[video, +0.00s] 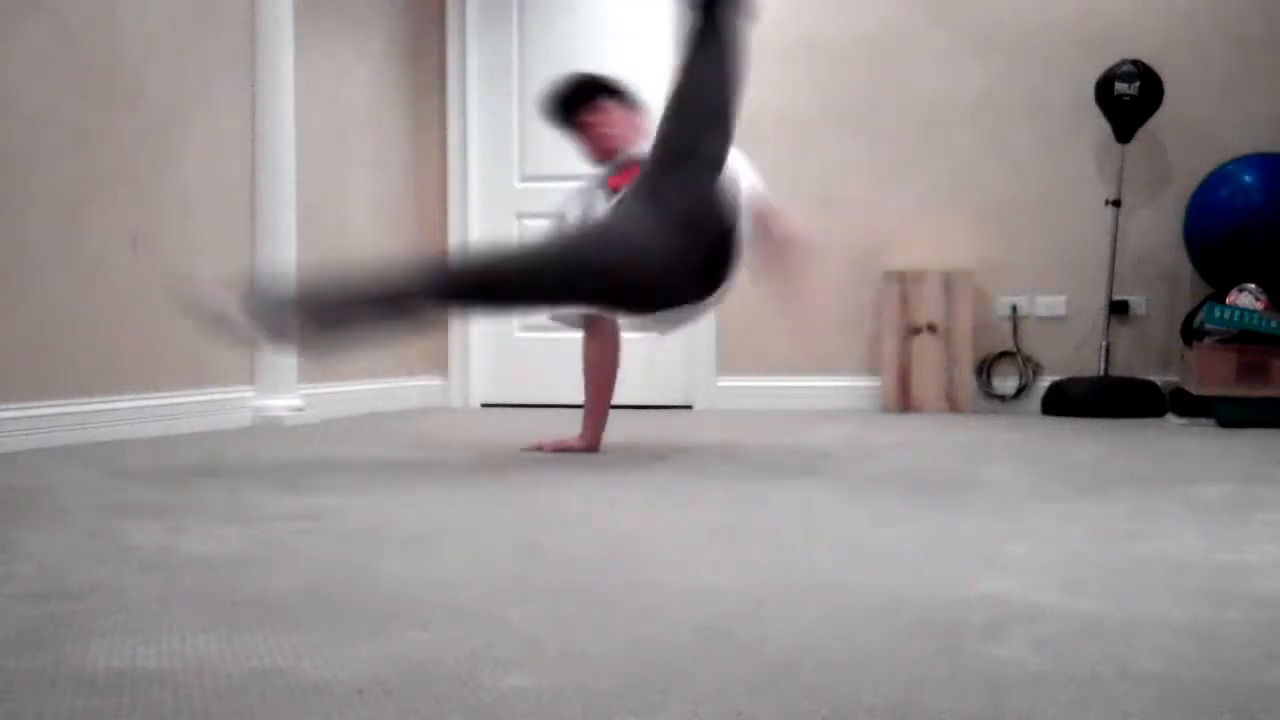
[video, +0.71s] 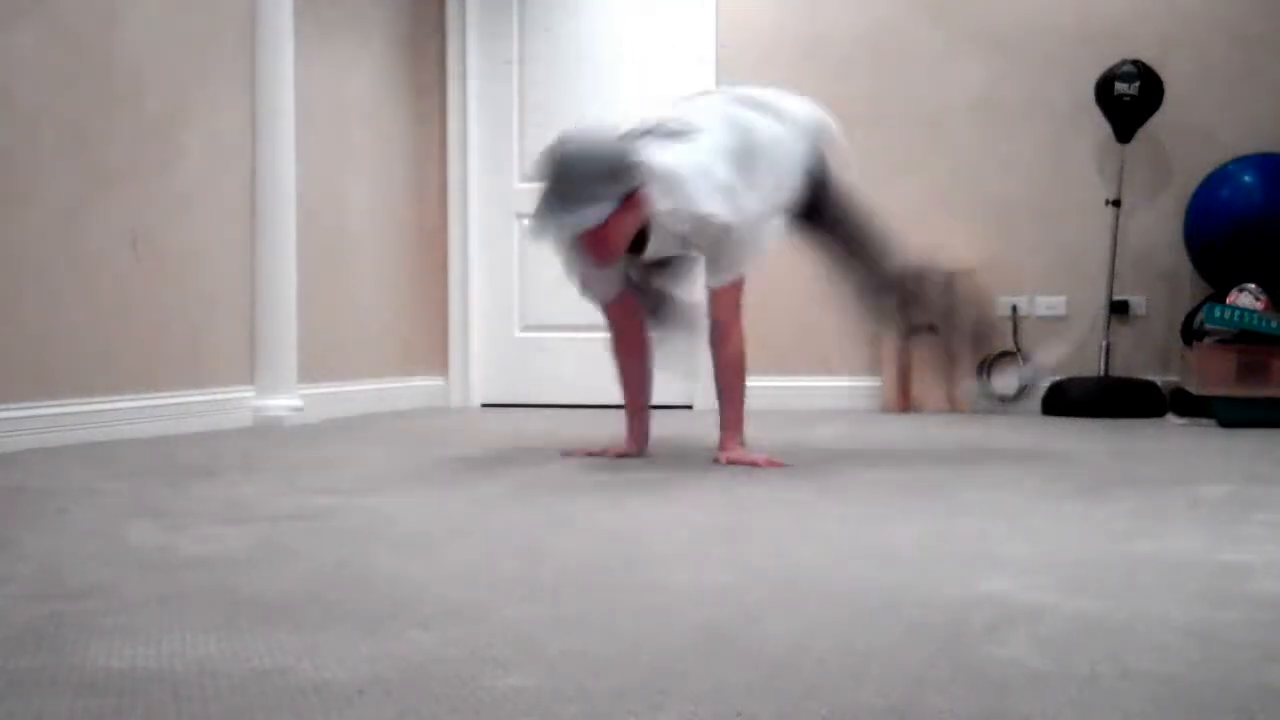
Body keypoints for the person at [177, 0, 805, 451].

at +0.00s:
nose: (597, 129)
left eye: (603, 115)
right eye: (585, 126)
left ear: (632, 111)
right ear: (580, 138)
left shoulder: (690, 159)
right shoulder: (591, 219)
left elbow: (771, 221)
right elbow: (600, 334)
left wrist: (798, 288)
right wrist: (589, 438)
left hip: (695, 240)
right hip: (624, 275)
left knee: (711, 63)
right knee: (459, 280)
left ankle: (716, 4)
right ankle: (299, 317)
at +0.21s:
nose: (726, 137)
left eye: (745, 133)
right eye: (726, 124)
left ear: (772, 157)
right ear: (716, 129)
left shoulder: (759, 212)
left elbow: (745, 336)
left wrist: (734, 441)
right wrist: (581, 428)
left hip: (592, 314)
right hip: (534, 272)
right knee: (572, 126)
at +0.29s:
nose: (754, 125)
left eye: (775, 118)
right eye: (754, 108)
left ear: (803, 141)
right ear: (744, 111)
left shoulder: (776, 216)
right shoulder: (722, 176)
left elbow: (753, 332)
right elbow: (640, 237)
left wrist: (734, 442)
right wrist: (568, 337)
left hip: (589, 283)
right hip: (577, 229)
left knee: (474, 333)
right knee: (616, 68)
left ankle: (319, 399)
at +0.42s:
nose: (739, 128)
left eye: (752, 120)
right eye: (739, 115)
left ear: (794, 128)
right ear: (742, 114)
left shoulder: (772, 220)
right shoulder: (761, 153)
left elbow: (748, 332)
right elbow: (699, 164)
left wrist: (733, 442)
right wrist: (636, 117)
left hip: (627, 297)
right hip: (638, 210)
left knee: (515, 391)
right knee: (570, 70)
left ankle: (432, 407)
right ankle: (491, 7)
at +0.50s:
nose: (682, 151)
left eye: (696, 141)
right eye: (679, 136)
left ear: (739, 133)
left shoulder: (744, 229)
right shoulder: (754, 109)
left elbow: (739, 336)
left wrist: (731, 445)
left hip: (686, 282)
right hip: (671, 196)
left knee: (643, 351)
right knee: (553, 117)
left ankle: (587, 415)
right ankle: (435, 77)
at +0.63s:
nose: (616, 199)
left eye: (627, 184)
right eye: (609, 184)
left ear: (669, 165)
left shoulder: (728, 188)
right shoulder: (620, 165)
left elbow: (733, 328)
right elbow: (613, 259)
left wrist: (731, 441)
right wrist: (606, 365)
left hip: (800, 190)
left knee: (785, 292)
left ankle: (786, 388)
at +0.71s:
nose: (586, 244)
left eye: (594, 227)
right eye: (575, 232)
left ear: (632, 203)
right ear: (563, 218)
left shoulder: (704, 205)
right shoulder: (583, 235)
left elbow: (725, 327)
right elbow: (624, 326)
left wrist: (731, 442)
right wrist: (635, 440)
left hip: (786, 144)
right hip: (700, 141)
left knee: (883, 284)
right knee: (640, 296)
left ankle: (967, 310)